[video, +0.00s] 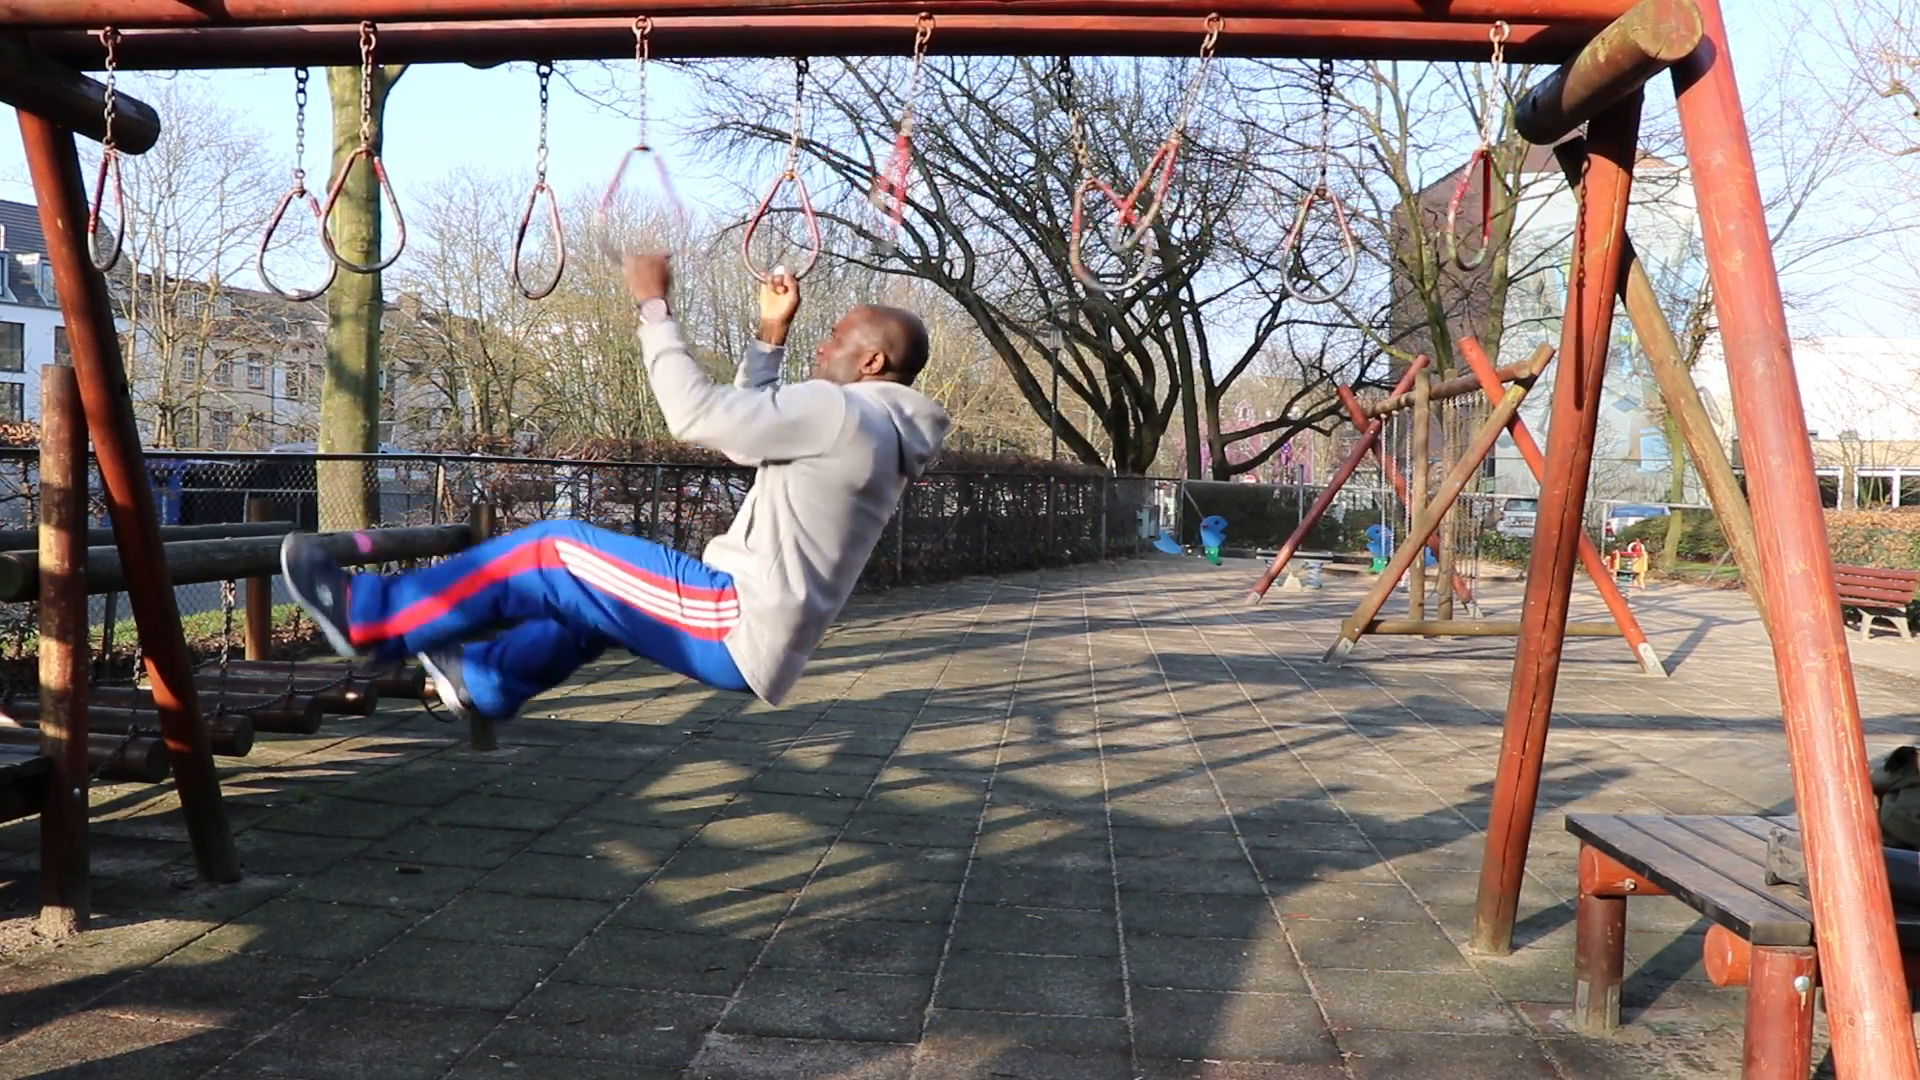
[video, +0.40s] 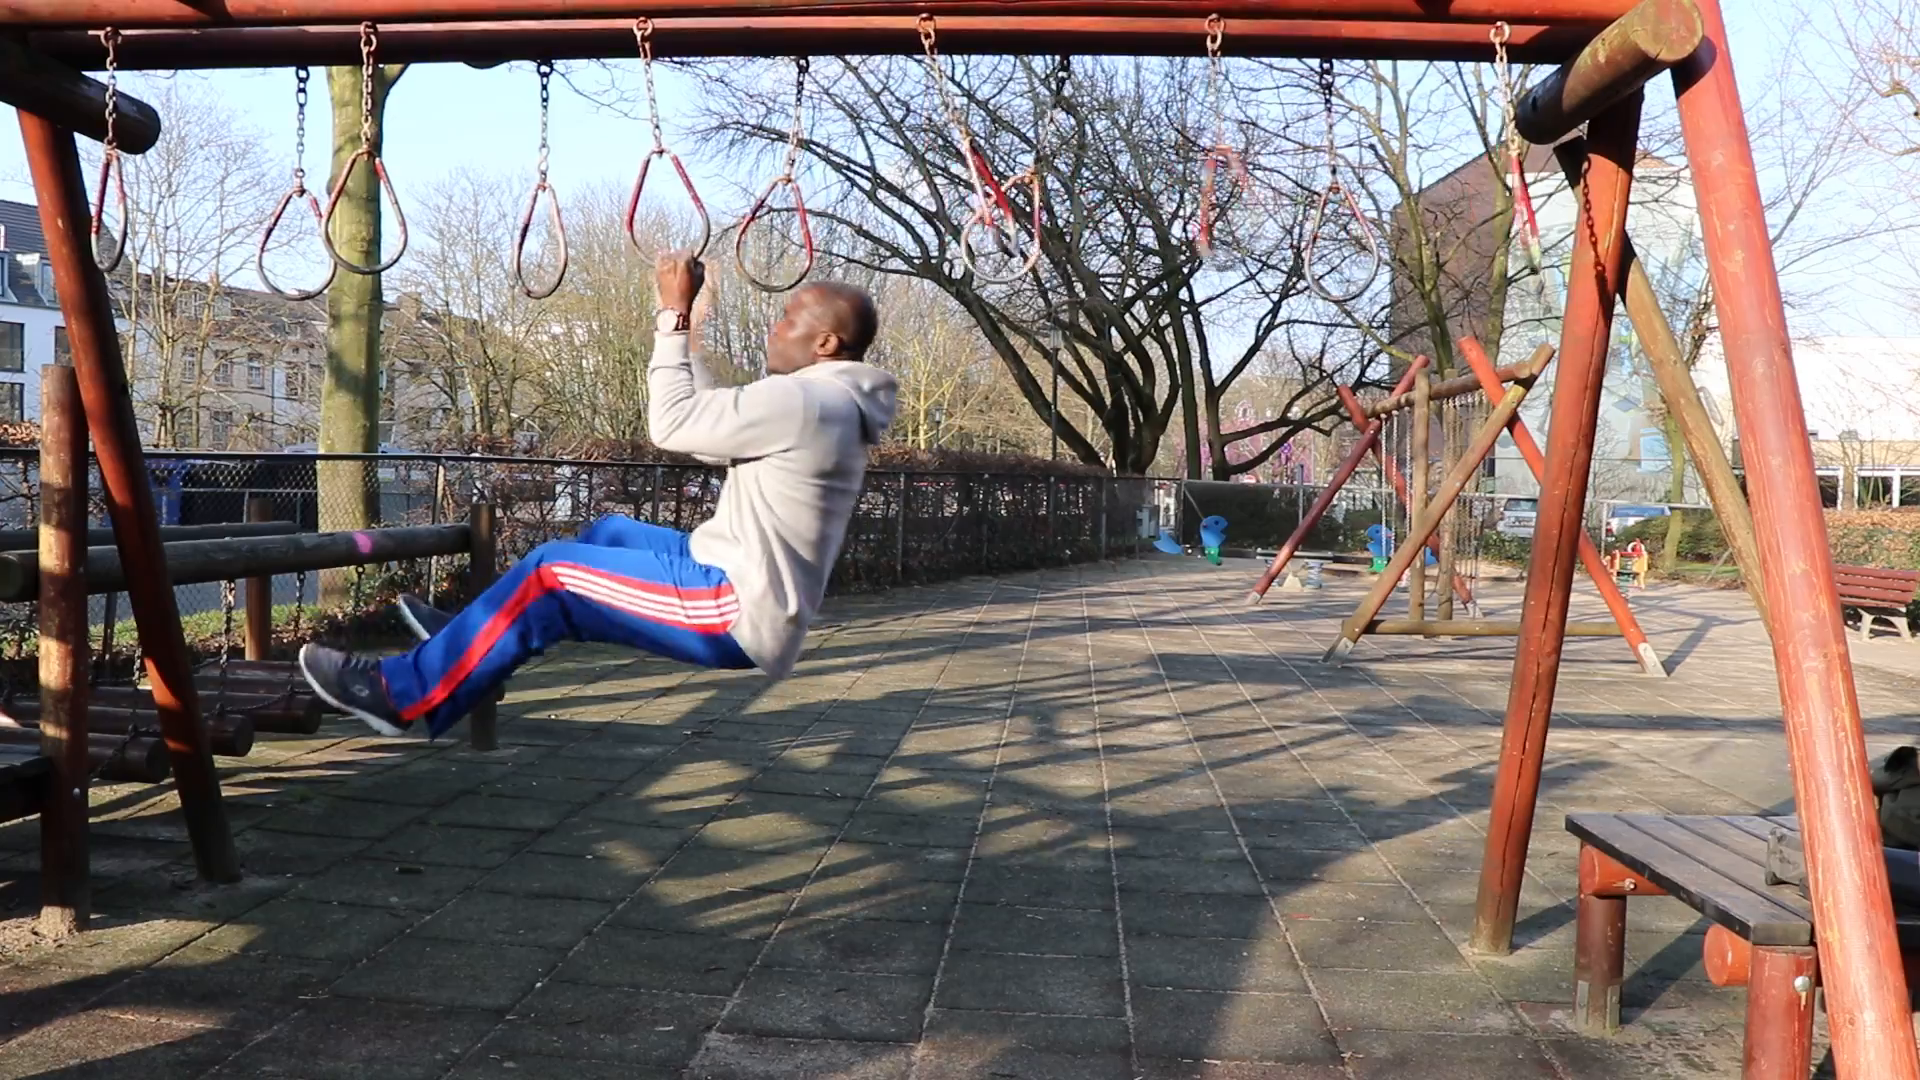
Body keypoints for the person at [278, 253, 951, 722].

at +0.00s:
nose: (824, 351)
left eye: (836, 341)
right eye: (830, 341)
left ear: (874, 363)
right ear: (885, 371)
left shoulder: (836, 413)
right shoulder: (881, 433)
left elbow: (698, 417)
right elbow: (761, 434)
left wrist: (653, 308)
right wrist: (771, 340)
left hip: (733, 621)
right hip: (767, 632)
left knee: (555, 546)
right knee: (592, 595)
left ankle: (363, 614)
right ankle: (485, 687)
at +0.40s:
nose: (773, 328)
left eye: (786, 319)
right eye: (780, 316)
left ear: (823, 341)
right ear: (830, 343)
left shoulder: (804, 402)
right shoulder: (827, 401)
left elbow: (676, 422)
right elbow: (705, 421)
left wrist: (672, 318)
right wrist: (692, 336)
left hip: (735, 610)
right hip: (749, 587)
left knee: (549, 573)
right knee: (609, 531)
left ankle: (407, 695)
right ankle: (461, 642)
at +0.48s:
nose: (761, 330)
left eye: (776, 321)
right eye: (768, 317)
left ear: (812, 344)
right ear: (813, 345)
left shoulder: (794, 408)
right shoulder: (810, 402)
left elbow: (667, 422)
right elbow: (680, 400)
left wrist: (670, 315)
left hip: (726, 618)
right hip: (735, 589)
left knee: (538, 584)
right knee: (594, 537)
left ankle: (395, 702)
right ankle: (454, 649)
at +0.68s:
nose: (706, 348)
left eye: (722, 339)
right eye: (713, 336)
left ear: (760, 364)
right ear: (760, 363)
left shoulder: (749, 430)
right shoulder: (741, 421)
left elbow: (621, 421)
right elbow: (616, 422)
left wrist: (647, 314)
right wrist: (568, 338)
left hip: (681, 637)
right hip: (666, 598)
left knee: (489, 626)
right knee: (525, 573)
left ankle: (340, 735)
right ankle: (386, 692)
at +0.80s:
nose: (676, 359)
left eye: (690, 348)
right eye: (683, 346)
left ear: (726, 370)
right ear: (729, 373)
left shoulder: (712, 438)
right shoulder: (711, 433)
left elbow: (586, 420)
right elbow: (596, 433)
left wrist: (628, 315)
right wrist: (575, 342)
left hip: (639, 648)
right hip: (628, 615)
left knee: (447, 622)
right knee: (486, 587)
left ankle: (299, 741)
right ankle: (381, 732)